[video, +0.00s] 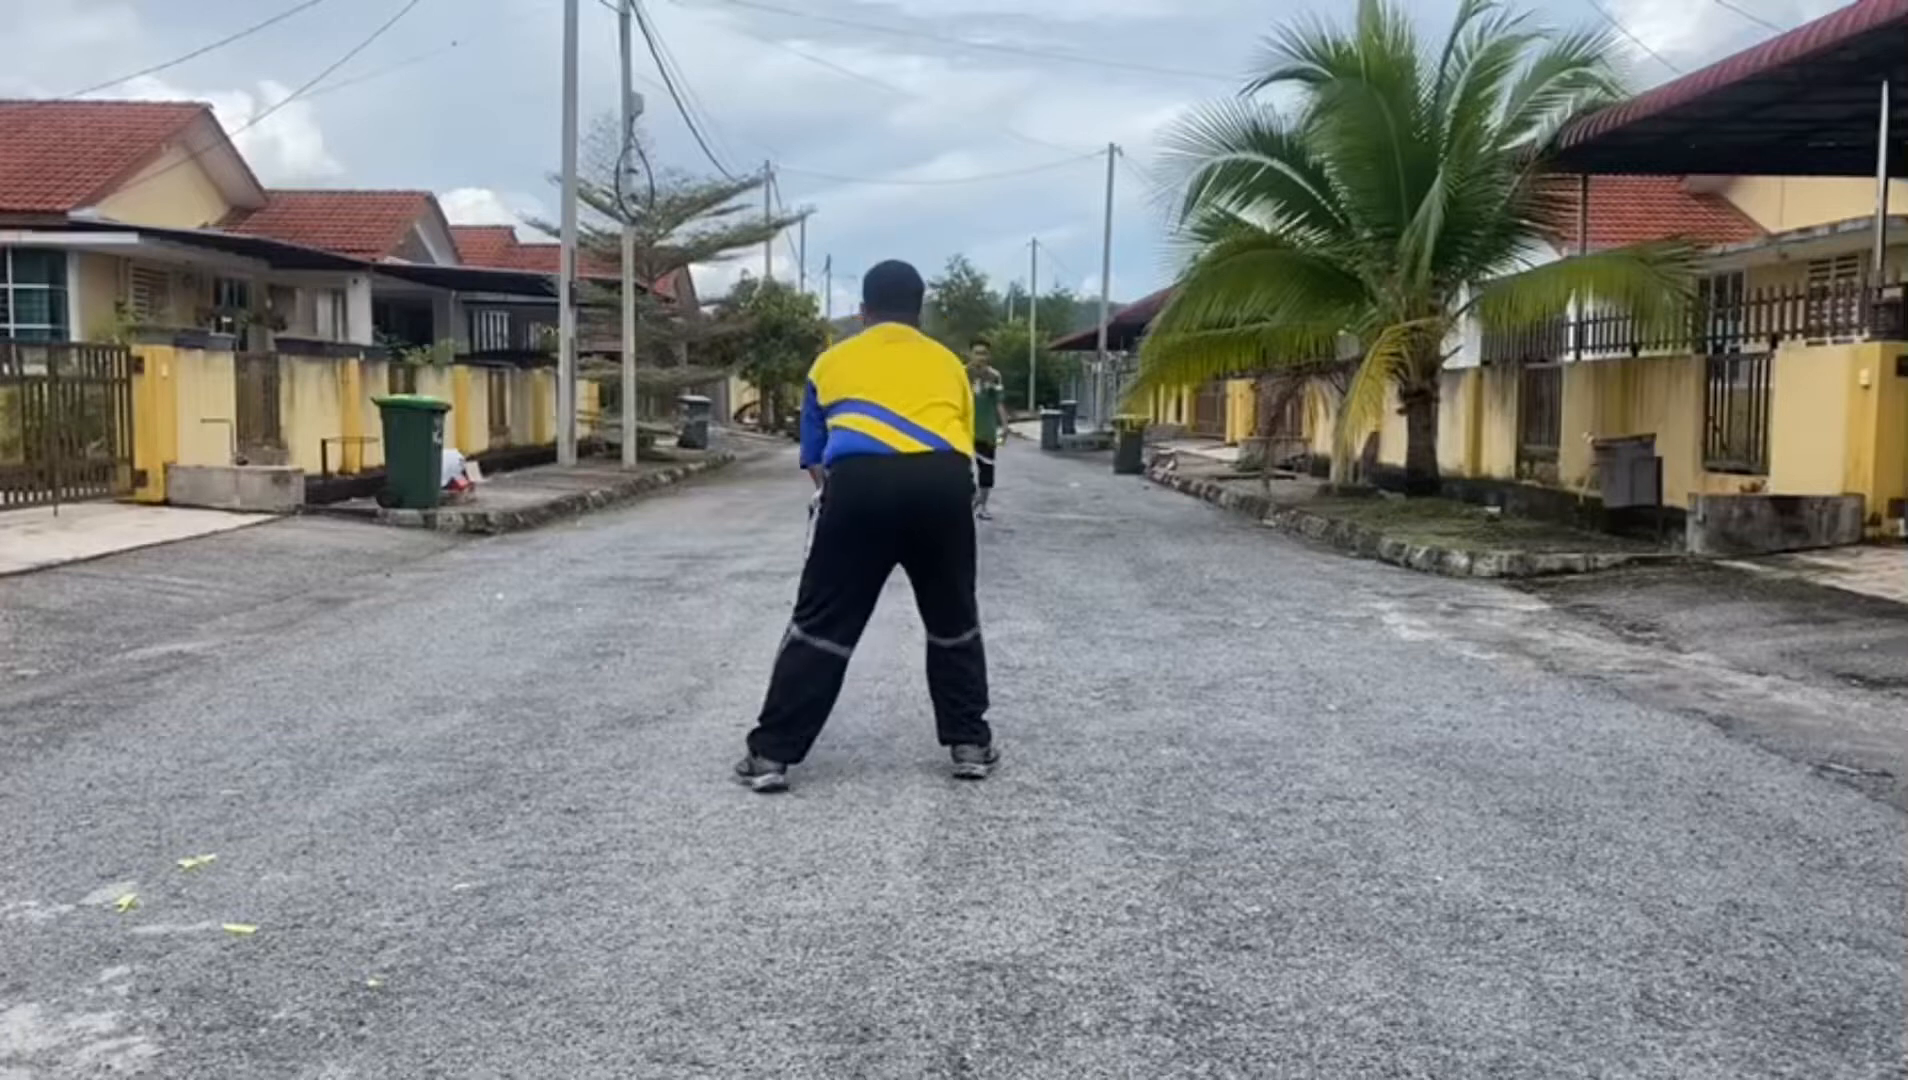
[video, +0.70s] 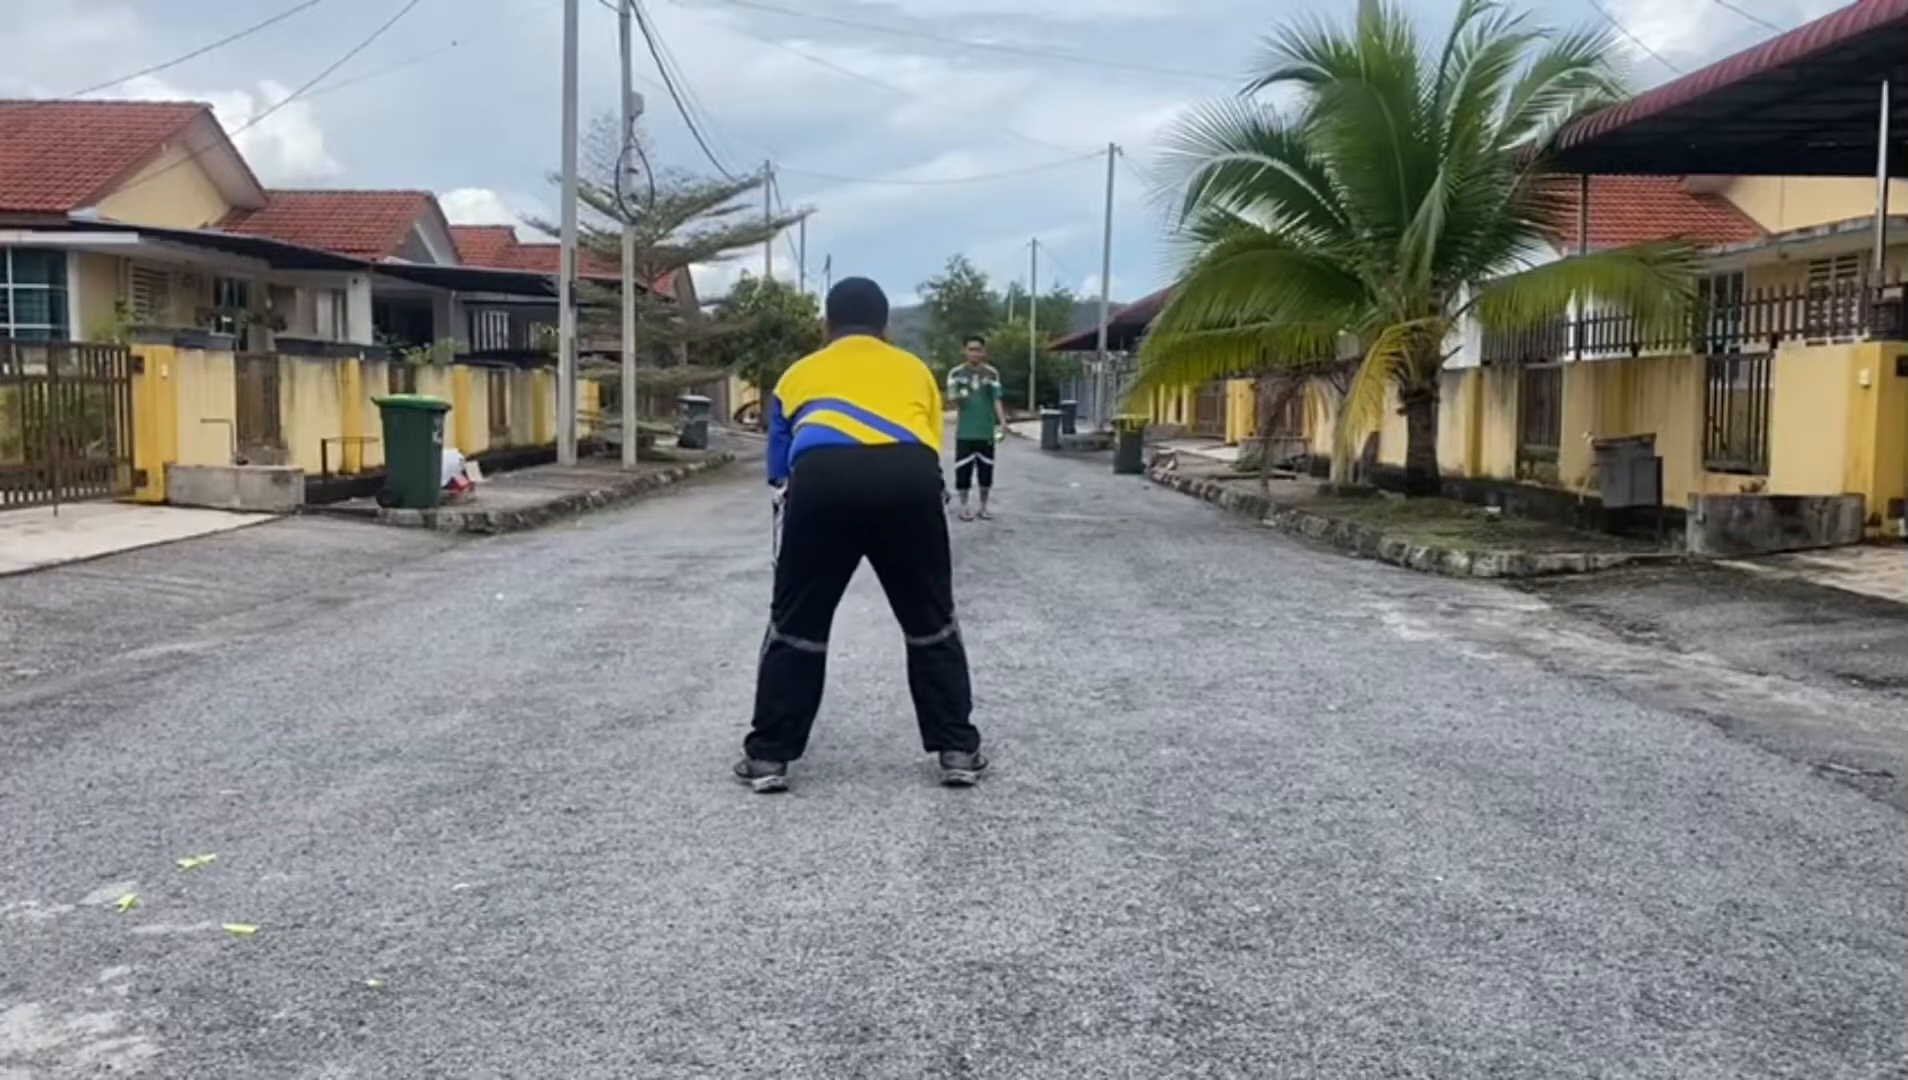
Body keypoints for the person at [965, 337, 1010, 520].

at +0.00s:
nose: (980, 358)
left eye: (984, 353)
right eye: (977, 353)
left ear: (989, 356)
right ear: (970, 355)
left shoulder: (994, 377)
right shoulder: (963, 376)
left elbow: (999, 403)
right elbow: (957, 398)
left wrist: (1005, 425)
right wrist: (956, 422)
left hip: (986, 430)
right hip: (965, 428)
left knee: (986, 471)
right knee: (963, 466)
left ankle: (982, 504)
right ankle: (967, 499)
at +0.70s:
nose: (975, 354)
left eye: (978, 349)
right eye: (971, 349)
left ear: (984, 352)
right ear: (965, 352)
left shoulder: (991, 373)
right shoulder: (956, 374)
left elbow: (997, 400)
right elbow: (952, 401)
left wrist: (1002, 422)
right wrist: (956, 397)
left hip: (986, 431)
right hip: (964, 432)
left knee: (985, 474)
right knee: (963, 474)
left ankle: (983, 507)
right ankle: (964, 506)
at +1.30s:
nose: (970, 355)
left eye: (973, 351)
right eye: (966, 351)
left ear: (980, 352)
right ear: (961, 354)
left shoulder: (991, 372)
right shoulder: (956, 377)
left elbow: (997, 398)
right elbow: (952, 404)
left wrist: (1001, 422)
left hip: (988, 431)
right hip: (967, 432)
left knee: (987, 474)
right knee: (964, 473)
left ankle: (983, 507)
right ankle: (963, 505)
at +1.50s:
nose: (970, 359)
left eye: (973, 354)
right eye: (966, 355)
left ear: (980, 354)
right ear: (961, 358)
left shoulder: (993, 373)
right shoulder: (959, 379)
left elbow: (1002, 398)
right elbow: (957, 404)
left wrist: (1005, 422)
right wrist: (954, 423)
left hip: (993, 429)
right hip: (973, 430)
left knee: (990, 471)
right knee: (969, 468)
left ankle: (983, 506)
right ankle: (964, 504)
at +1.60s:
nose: (968, 360)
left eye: (971, 355)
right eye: (964, 356)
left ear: (978, 356)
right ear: (960, 359)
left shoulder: (992, 373)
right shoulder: (962, 378)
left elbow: (1003, 398)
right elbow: (957, 379)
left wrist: (1008, 422)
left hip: (995, 428)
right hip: (975, 428)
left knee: (991, 470)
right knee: (972, 465)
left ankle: (984, 507)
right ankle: (965, 503)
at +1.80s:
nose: (966, 360)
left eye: (969, 355)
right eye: (963, 356)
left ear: (977, 356)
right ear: (959, 359)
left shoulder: (991, 373)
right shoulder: (960, 379)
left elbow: (1003, 398)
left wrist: (1009, 421)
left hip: (996, 428)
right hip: (975, 428)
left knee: (992, 468)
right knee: (975, 466)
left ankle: (984, 507)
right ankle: (970, 506)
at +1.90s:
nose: (967, 358)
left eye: (970, 354)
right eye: (963, 355)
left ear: (977, 355)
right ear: (959, 359)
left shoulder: (992, 373)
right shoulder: (958, 380)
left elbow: (1003, 398)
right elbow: (960, 405)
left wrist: (1008, 422)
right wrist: (961, 424)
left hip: (996, 427)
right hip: (976, 428)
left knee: (993, 469)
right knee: (975, 466)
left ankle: (985, 508)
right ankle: (971, 507)